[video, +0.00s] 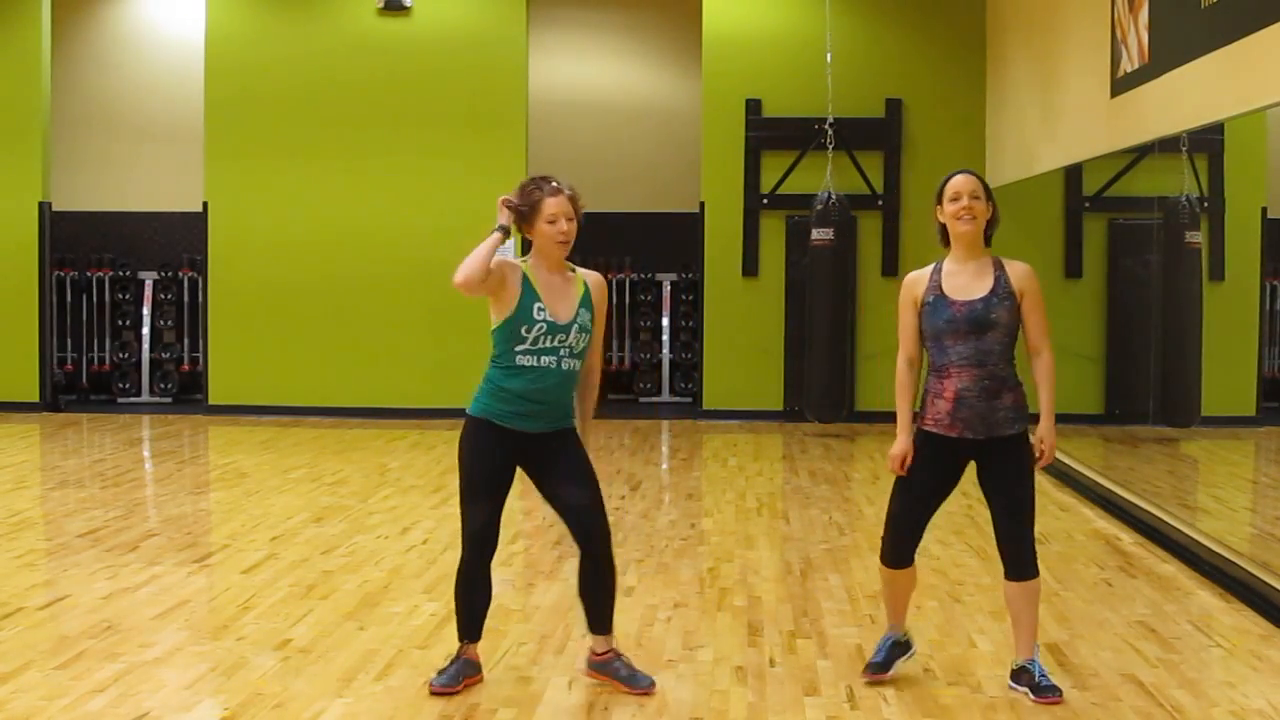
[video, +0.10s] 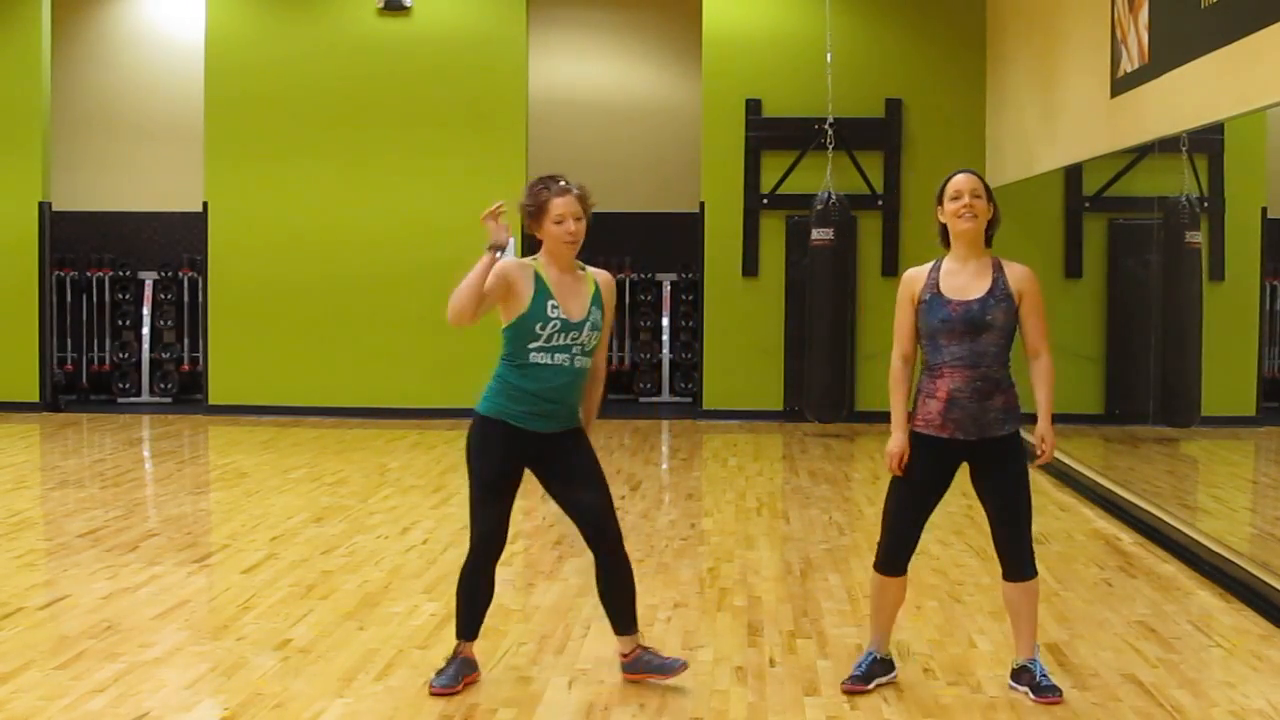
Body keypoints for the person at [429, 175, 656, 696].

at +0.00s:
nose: (565, 229)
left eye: (570, 219)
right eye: (553, 221)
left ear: (578, 223)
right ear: (528, 228)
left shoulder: (592, 286)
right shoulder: (507, 273)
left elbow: (591, 368)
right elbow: (465, 282)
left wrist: (581, 430)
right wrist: (499, 232)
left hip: (553, 434)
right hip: (491, 429)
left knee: (595, 534)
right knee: (478, 541)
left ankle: (602, 650)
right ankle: (468, 655)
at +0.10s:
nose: (573, 228)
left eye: (579, 219)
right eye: (561, 220)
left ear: (586, 224)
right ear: (537, 226)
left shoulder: (600, 285)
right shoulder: (513, 272)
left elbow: (597, 364)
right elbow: (458, 315)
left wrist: (585, 428)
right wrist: (491, 252)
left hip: (560, 433)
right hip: (500, 428)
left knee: (607, 537)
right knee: (486, 545)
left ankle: (631, 650)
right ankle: (464, 653)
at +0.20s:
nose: (581, 224)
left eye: (588, 214)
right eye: (570, 216)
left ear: (597, 218)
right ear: (546, 222)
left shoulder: (615, 278)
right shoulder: (524, 275)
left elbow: (625, 356)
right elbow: (472, 340)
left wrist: (629, 429)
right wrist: (466, 313)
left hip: (584, 432)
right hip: (524, 430)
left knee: (624, 535)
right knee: (498, 543)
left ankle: (638, 652)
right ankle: (456, 649)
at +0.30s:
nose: (589, 222)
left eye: (595, 212)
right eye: (577, 214)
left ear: (606, 215)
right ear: (556, 221)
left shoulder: (630, 273)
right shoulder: (536, 278)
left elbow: (660, 348)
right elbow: (500, 345)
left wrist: (684, 419)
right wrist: (467, 392)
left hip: (613, 430)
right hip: (551, 432)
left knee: (645, 536)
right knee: (523, 545)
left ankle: (642, 651)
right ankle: (470, 647)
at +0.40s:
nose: (594, 225)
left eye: (601, 215)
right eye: (582, 217)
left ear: (613, 218)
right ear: (563, 223)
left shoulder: (640, 276)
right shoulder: (542, 284)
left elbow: (684, 340)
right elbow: (521, 361)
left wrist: (722, 401)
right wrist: (499, 434)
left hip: (628, 429)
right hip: (565, 433)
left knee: (655, 534)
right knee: (556, 548)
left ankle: (644, 652)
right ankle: (512, 646)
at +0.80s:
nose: (560, 219)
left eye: (571, 212)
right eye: (551, 210)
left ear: (583, 220)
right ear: (534, 215)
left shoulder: (597, 280)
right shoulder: (511, 273)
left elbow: (634, 356)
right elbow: (494, 348)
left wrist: (665, 428)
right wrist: (463, 412)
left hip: (582, 431)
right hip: (521, 431)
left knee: (619, 537)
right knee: (491, 538)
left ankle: (689, 635)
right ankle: (474, 655)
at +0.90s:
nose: (549, 220)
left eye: (559, 212)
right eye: (539, 211)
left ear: (572, 221)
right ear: (522, 217)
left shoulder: (585, 284)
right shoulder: (496, 273)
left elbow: (605, 370)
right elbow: (465, 345)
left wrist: (618, 448)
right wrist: (427, 409)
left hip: (555, 433)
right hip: (497, 427)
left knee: (564, 547)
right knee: (469, 538)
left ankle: (648, 622)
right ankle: (470, 655)